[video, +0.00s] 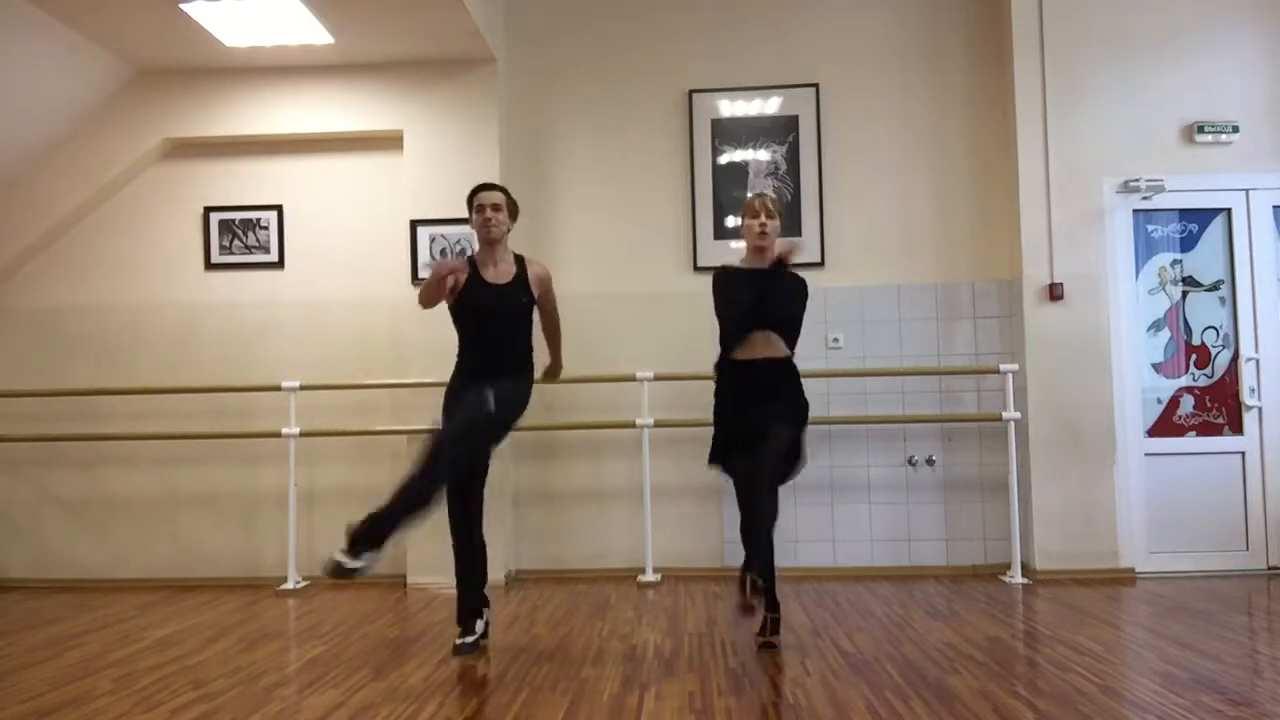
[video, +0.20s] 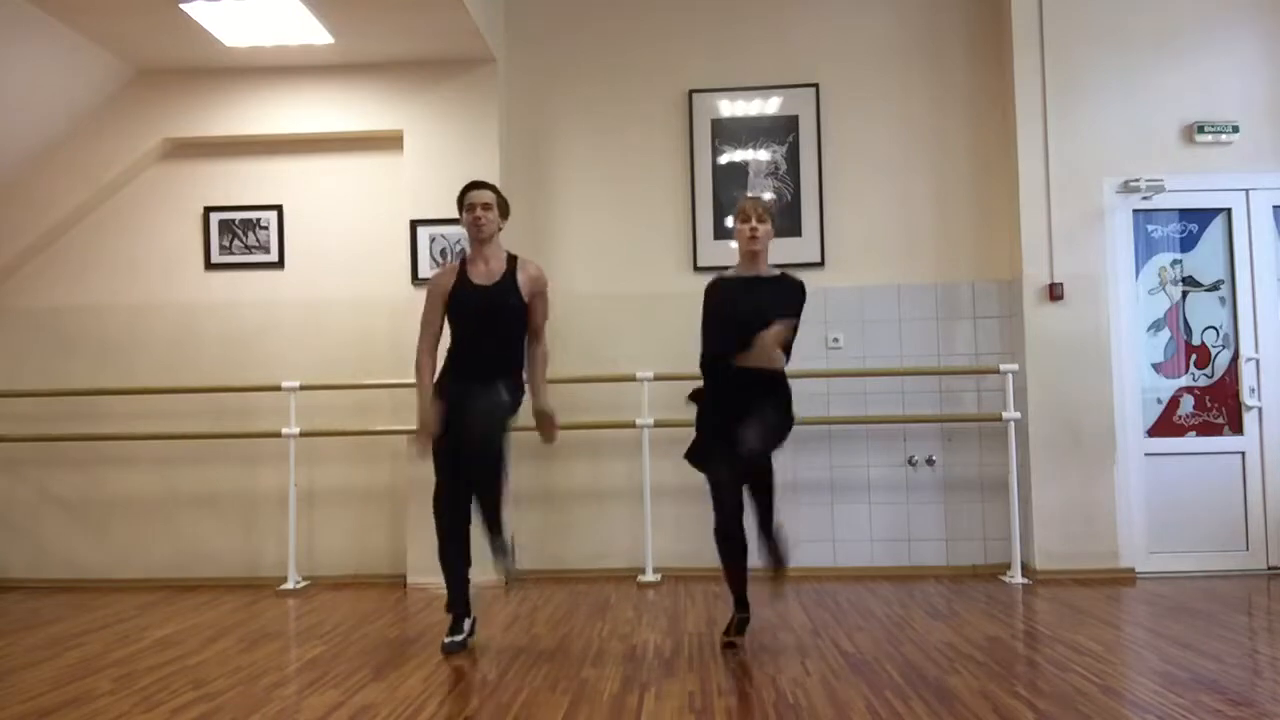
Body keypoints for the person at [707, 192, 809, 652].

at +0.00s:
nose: (761, 223)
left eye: (768, 216)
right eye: (753, 216)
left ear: (780, 226)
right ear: (742, 226)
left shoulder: (795, 282)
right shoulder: (726, 276)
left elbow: (789, 336)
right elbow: (730, 329)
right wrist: (763, 272)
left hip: (781, 386)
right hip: (736, 387)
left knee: (766, 482)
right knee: (750, 493)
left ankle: (751, 567)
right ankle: (770, 605)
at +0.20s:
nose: (752, 228)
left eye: (760, 221)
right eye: (745, 221)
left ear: (772, 230)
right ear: (734, 231)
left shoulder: (790, 288)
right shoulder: (719, 289)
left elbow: (780, 350)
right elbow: (711, 354)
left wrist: (714, 380)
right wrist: (760, 337)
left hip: (768, 398)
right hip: (723, 399)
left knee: (751, 446)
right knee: (727, 510)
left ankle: (767, 534)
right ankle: (739, 608)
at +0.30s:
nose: (748, 231)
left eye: (756, 223)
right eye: (740, 224)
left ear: (768, 233)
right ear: (730, 234)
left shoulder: (788, 292)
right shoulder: (715, 294)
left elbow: (788, 365)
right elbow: (698, 361)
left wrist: (726, 352)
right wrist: (759, 348)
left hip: (766, 419)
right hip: (716, 420)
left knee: (766, 510)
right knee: (725, 516)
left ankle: (763, 600)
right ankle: (738, 608)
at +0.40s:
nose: (745, 214)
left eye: (752, 206)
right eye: (736, 206)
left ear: (765, 214)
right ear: (725, 217)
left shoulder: (789, 272)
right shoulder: (709, 275)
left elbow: (835, 317)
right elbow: (672, 331)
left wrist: (820, 364)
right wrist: (673, 353)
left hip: (774, 397)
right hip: (723, 397)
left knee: (771, 502)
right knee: (732, 501)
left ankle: (759, 611)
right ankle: (735, 599)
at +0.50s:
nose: (745, 211)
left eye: (752, 204)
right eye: (736, 204)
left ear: (765, 213)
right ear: (723, 214)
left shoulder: (783, 266)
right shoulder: (706, 272)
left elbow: (825, 320)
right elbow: (681, 331)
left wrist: (813, 339)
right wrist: (667, 380)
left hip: (777, 383)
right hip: (728, 384)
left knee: (779, 497)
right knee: (754, 457)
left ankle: (768, 615)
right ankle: (743, 535)